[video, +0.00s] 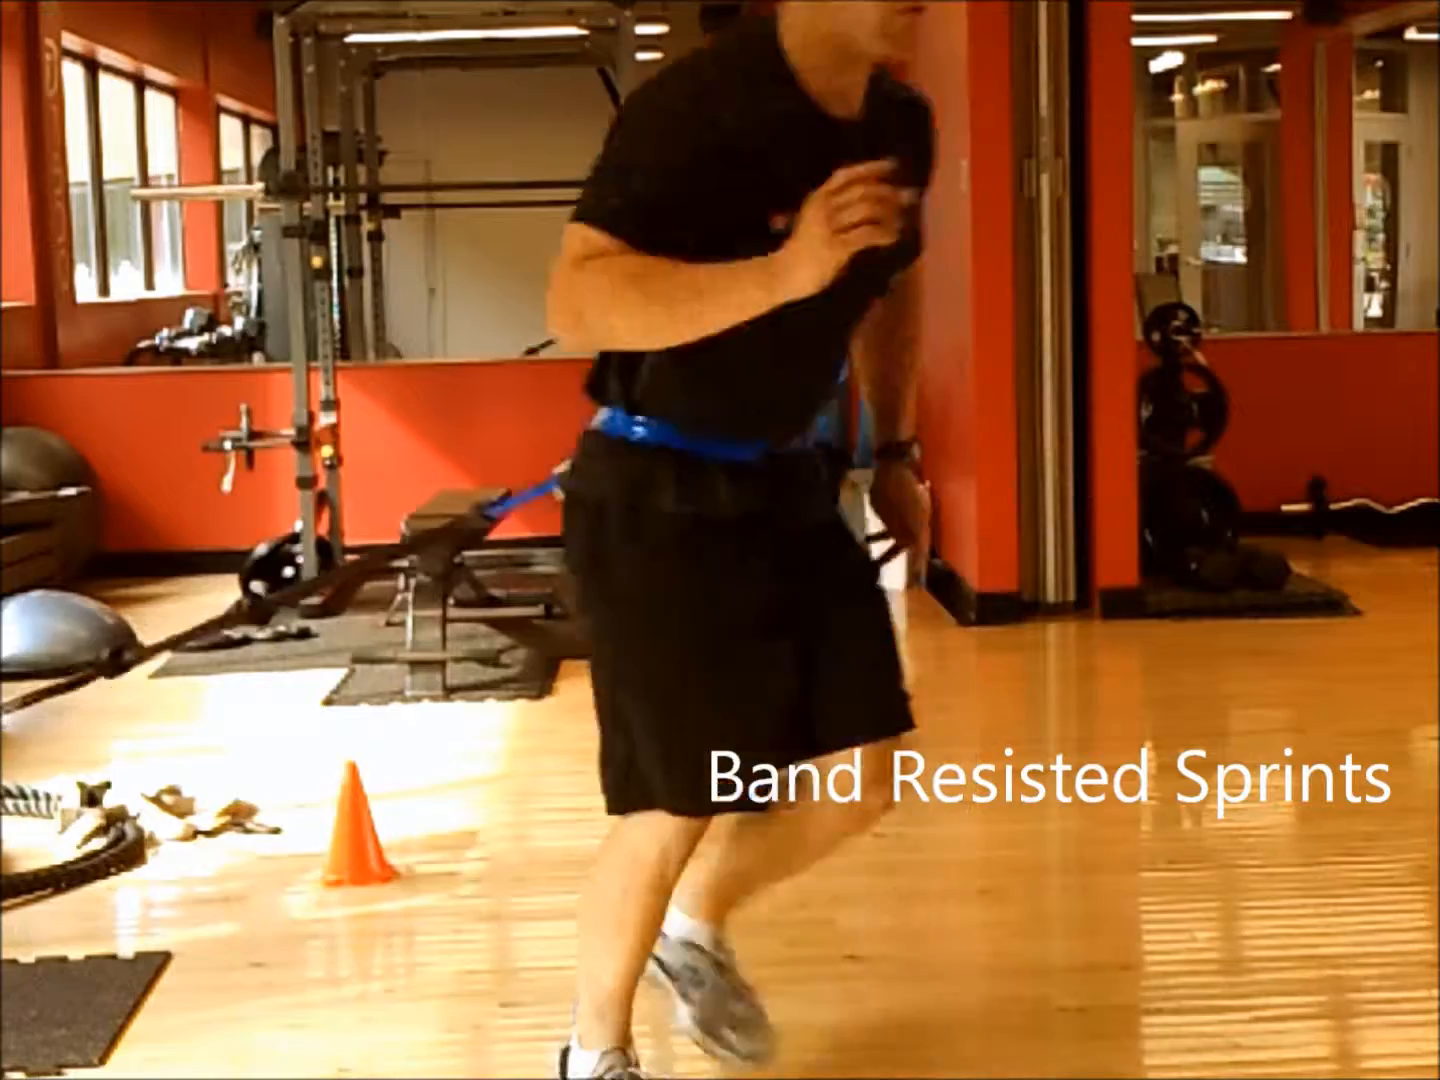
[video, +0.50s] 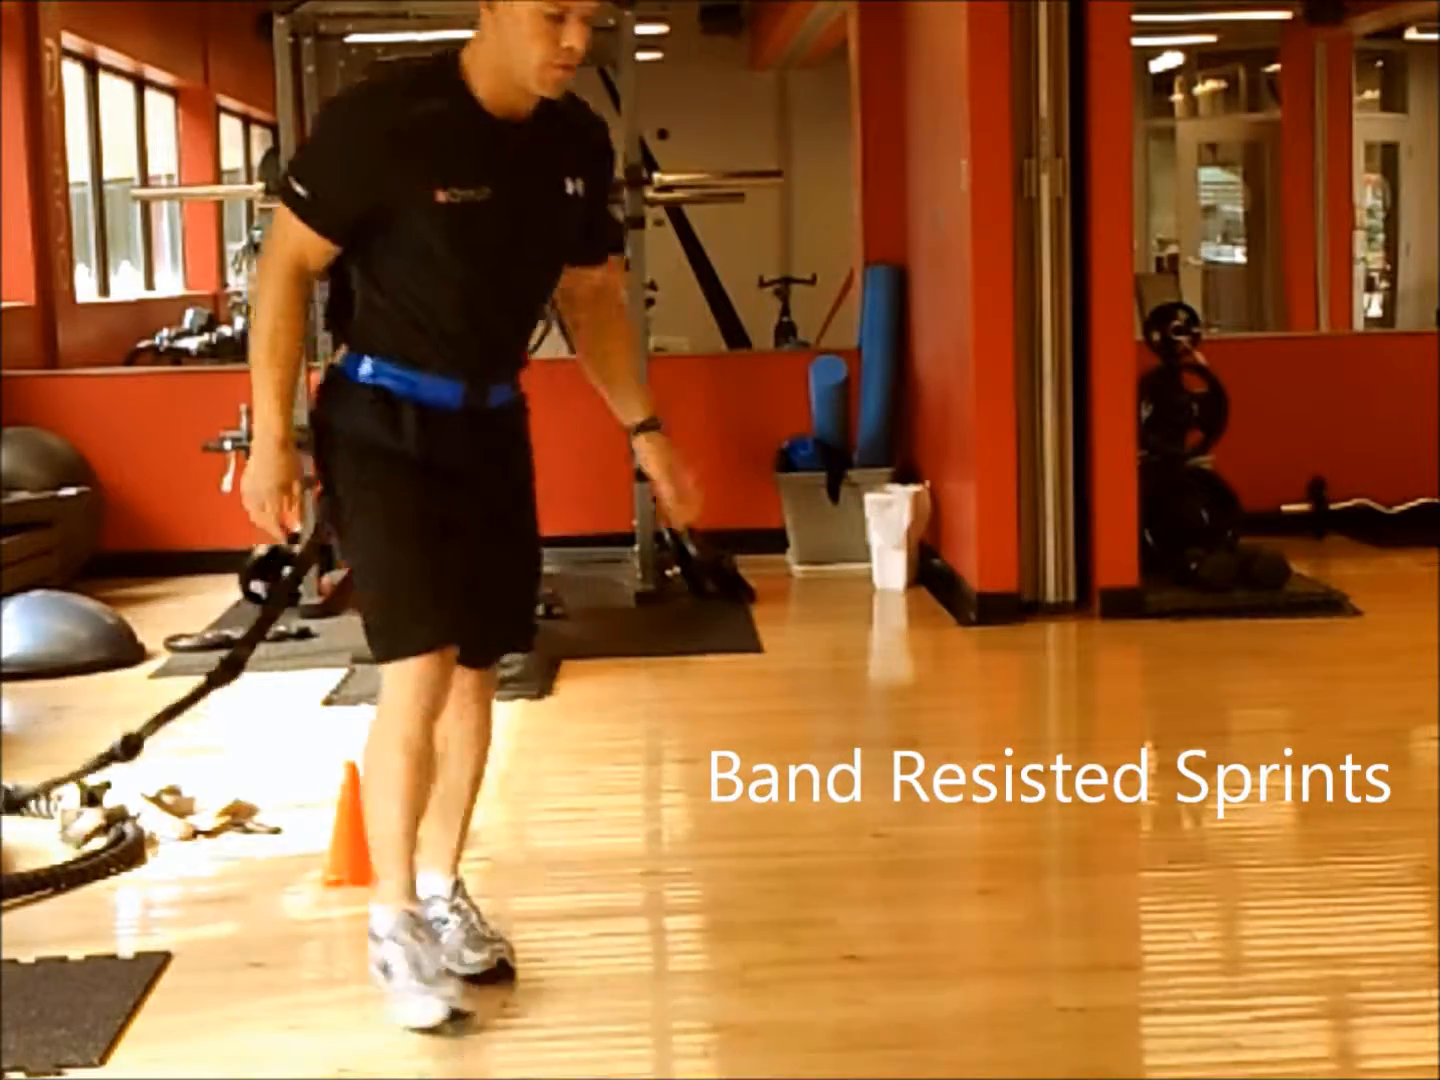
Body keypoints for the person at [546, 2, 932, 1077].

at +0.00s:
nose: (916, 8)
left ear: (905, 10)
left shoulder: (902, 120)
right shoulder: (687, 101)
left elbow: (891, 299)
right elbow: (577, 302)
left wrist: (892, 456)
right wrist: (783, 271)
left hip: (790, 480)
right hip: (651, 483)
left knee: (861, 771)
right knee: (677, 790)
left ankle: (690, 924)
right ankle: (594, 1047)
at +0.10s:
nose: (842, 9)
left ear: (832, 13)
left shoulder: (825, 127)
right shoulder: (608, 99)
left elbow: (824, 304)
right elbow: (486, 274)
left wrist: (849, 462)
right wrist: (640, 377)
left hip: (710, 464)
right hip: (585, 462)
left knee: (749, 732)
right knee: (639, 767)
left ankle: (575, 839)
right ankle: (593, 1046)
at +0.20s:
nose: (779, 10)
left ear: (790, 19)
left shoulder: (756, 141)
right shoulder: (551, 106)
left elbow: (771, 300)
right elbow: (407, 265)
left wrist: (799, 433)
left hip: (634, 443)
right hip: (517, 440)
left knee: (643, 694)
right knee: (581, 711)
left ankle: (511, 846)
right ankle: (588, 1038)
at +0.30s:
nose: (696, 64)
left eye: (705, 41)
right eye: (672, 36)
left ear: (712, 53)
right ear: (596, 37)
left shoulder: (690, 183)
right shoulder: (486, 163)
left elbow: (728, 329)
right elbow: (332, 284)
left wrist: (758, 418)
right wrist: (331, 480)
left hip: (569, 471)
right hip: (463, 468)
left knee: (534, 702)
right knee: (526, 722)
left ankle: (445, 876)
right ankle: (566, 1022)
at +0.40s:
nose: (643, 88)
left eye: (652, 65)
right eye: (622, 61)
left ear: (656, 67)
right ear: (549, 50)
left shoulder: (627, 187)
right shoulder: (426, 169)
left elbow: (660, 339)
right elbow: (308, 305)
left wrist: (716, 428)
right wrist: (272, 480)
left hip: (526, 467)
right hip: (414, 462)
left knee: (504, 695)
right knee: (480, 697)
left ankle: (435, 897)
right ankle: (507, 982)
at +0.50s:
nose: (576, 42)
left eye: (589, 24)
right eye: (555, 19)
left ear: (595, 29)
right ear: (491, 11)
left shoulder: (577, 141)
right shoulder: (379, 117)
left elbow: (595, 298)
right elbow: (286, 267)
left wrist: (646, 427)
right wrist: (269, 436)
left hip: (491, 420)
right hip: (381, 415)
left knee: (474, 664)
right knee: (420, 660)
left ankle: (437, 891)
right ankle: (392, 923)